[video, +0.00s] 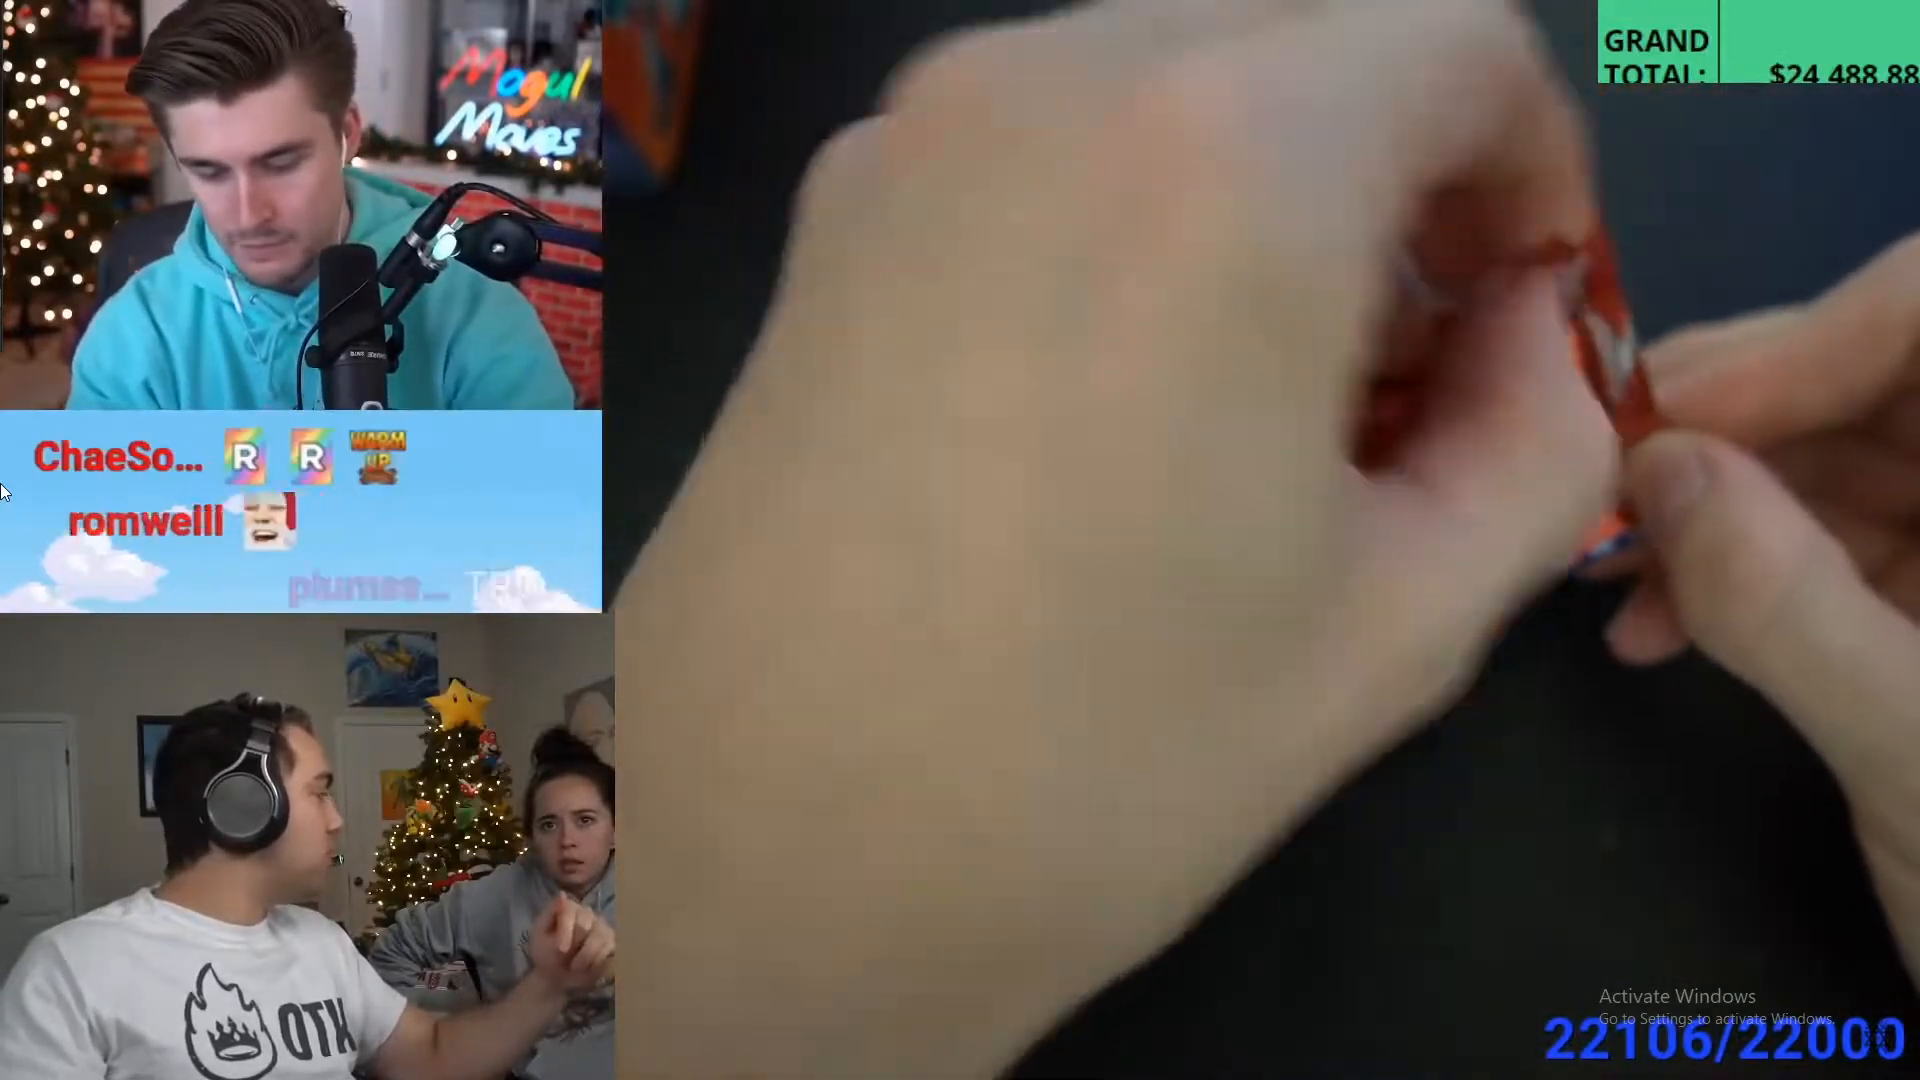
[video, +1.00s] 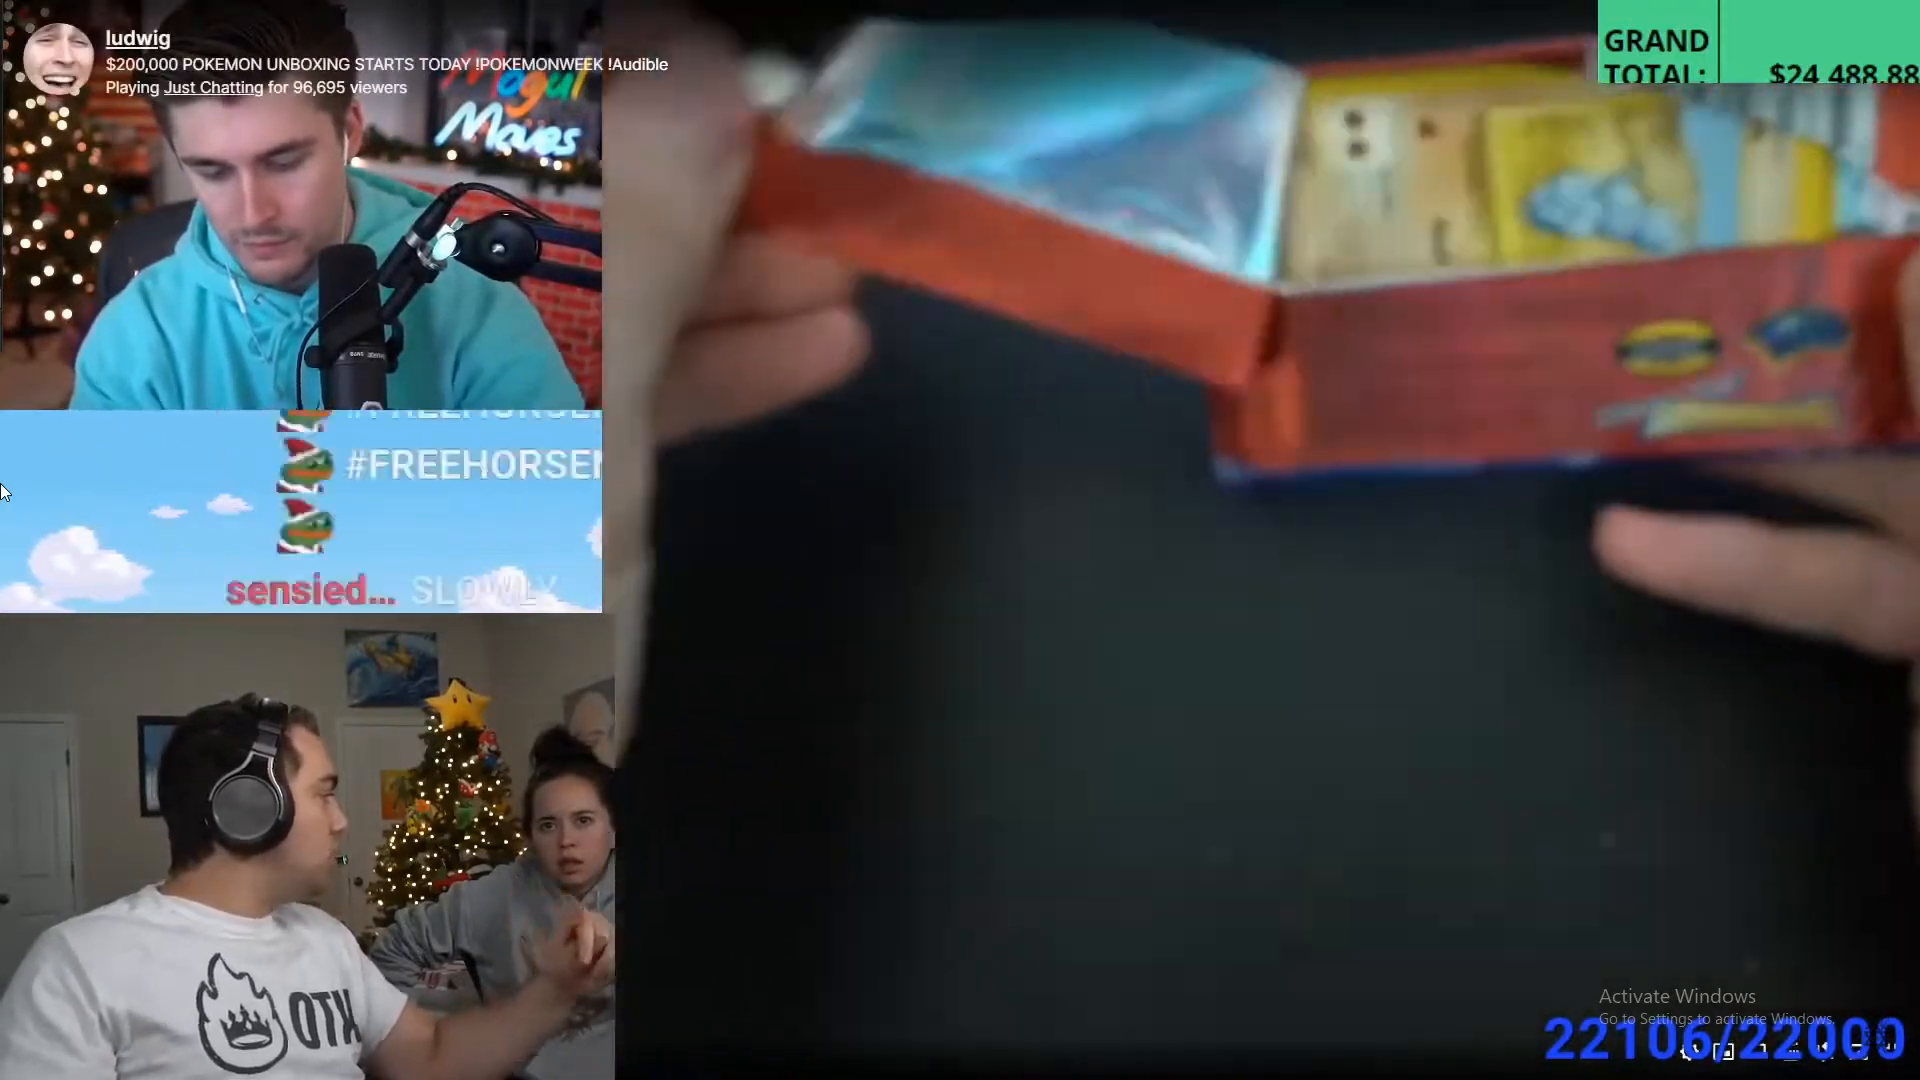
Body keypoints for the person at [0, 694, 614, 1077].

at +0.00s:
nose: (339, 817)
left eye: (331, 792)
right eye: (320, 791)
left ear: (241, 805)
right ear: (238, 804)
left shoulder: (320, 945)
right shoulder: (69, 971)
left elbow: (432, 1051)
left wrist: (548, 986)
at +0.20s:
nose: (338, 817)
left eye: (330, 791)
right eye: (319, 790)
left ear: (241, 803)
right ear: (236, 803)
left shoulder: (320, 946)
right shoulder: (68, 973)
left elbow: (435, 1050)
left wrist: (563, 996)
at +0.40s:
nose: (338, 816)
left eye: (330, 790)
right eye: (319, 789)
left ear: (241, 803)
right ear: (237, 802)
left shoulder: (320, 945)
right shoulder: (68, 973)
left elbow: (431, 1050)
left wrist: (553, 987)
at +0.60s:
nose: (338, 816)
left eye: (330, 791)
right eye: (319, 789)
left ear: (241, 804)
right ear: (237, 803)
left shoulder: (321, 944)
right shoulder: (72, 970)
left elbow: (427, 1051)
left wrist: (545, 982)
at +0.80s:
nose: (340, 816)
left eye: (331, 791)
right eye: (321, 790)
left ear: (254, 797)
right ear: (241, 800)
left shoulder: (326, 943)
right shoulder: (77, 966)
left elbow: (429, 1056)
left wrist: (530, 966)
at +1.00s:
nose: (342, 819)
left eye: (335, 793)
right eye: (325, 792)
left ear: (256, 802)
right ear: (244, 802)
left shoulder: (324, 943)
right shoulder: (79, 966)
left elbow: (432, 1051)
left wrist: (557, 990)